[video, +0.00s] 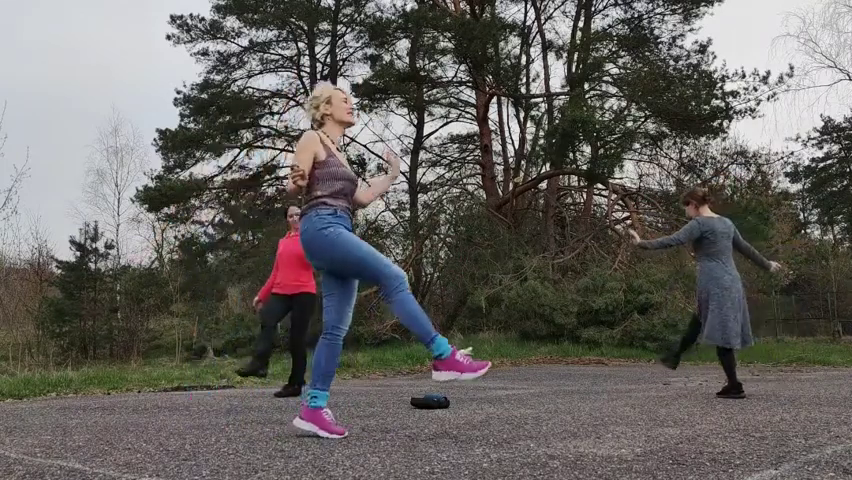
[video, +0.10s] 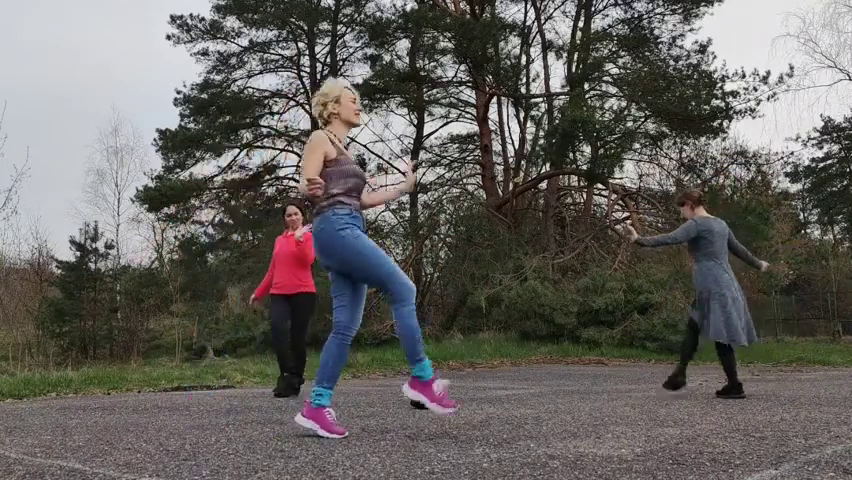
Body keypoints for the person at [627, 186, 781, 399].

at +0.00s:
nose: (686, 212)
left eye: (687, 208)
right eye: (686, 209)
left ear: (694, 205)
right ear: (706, 203)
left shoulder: (698, 223)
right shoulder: (726, 223)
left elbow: (674, 240)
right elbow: (745, 248)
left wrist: (642, 243)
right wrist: (767, 264)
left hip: (713, 283)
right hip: (732, 282)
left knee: (722, 333)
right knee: (699, 321)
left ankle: (733, 384)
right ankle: (674, 357)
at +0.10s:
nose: (682, 214)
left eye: (682, 209)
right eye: (680, 210)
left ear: (690, 205)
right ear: (699, 205)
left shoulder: (695, 224)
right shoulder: (721, 224)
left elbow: (671, 238)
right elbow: (738, 249)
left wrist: (638, 239)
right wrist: (759, 264)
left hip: (711, 286)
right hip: (727, 285)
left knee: (721, 334)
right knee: (693, 327)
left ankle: (734, 383)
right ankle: (679, 375)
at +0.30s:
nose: (670, 214)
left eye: (671, 209)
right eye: (670, 209)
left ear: (679, 206)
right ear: (687, 206)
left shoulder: (686, 223)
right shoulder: (706, 226)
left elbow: (667, 240)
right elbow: (719, 253)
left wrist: (638, 245)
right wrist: (734, 268)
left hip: (696, 282)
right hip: (707, 279)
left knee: (706, 334)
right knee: (695, 333)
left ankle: (730, 383)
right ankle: (694, 383)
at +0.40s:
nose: (665, 213)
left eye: (666, 208)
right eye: (664, 209)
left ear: (676, 205)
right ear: (683, 206)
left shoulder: (683, 223)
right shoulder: (700, 225)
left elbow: (667, 245)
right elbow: (709, 255)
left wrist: (642, 257)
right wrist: (717, 275)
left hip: (693, 282)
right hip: (702, 280)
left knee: (693, 335)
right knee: (693, 335)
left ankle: (726, 379)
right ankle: (693, 384)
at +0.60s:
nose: (662, 213)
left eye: (663, 208)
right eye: (661, 209)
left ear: (673, 205)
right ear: (677, 206)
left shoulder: (681, 224)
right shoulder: (694, 225)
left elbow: (682, 253)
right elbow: (698, 256)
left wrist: (676, 278)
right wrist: (687, 278)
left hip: (694, 283)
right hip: (701, 281)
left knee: (681, 332)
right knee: (691, 333)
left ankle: (727, 362)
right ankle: (693, 383)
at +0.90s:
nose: (670, 210)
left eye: (671, 205)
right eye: (669, 206)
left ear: (682, 202)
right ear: (686, 203)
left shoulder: (688, 222)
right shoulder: (706, 224)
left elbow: (699, 251)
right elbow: (714, 256)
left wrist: (701, 278)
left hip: (699, 285)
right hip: (710, 284)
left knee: (702, 335)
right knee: (696, 335)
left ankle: (742, 368)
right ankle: (694, 384)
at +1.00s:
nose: (675, 209)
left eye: (677, 205)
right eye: (674, 205)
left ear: (688, 202)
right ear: (692, 203)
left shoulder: (690, 222)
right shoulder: (714, 225)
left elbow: (698, 248)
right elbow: (725, 258)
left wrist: (690, 277)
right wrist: (722, 278)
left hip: (708, 283)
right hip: (722, 282)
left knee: (716, 337)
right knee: (703, 335)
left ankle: (746, 381)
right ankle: (695, 384)